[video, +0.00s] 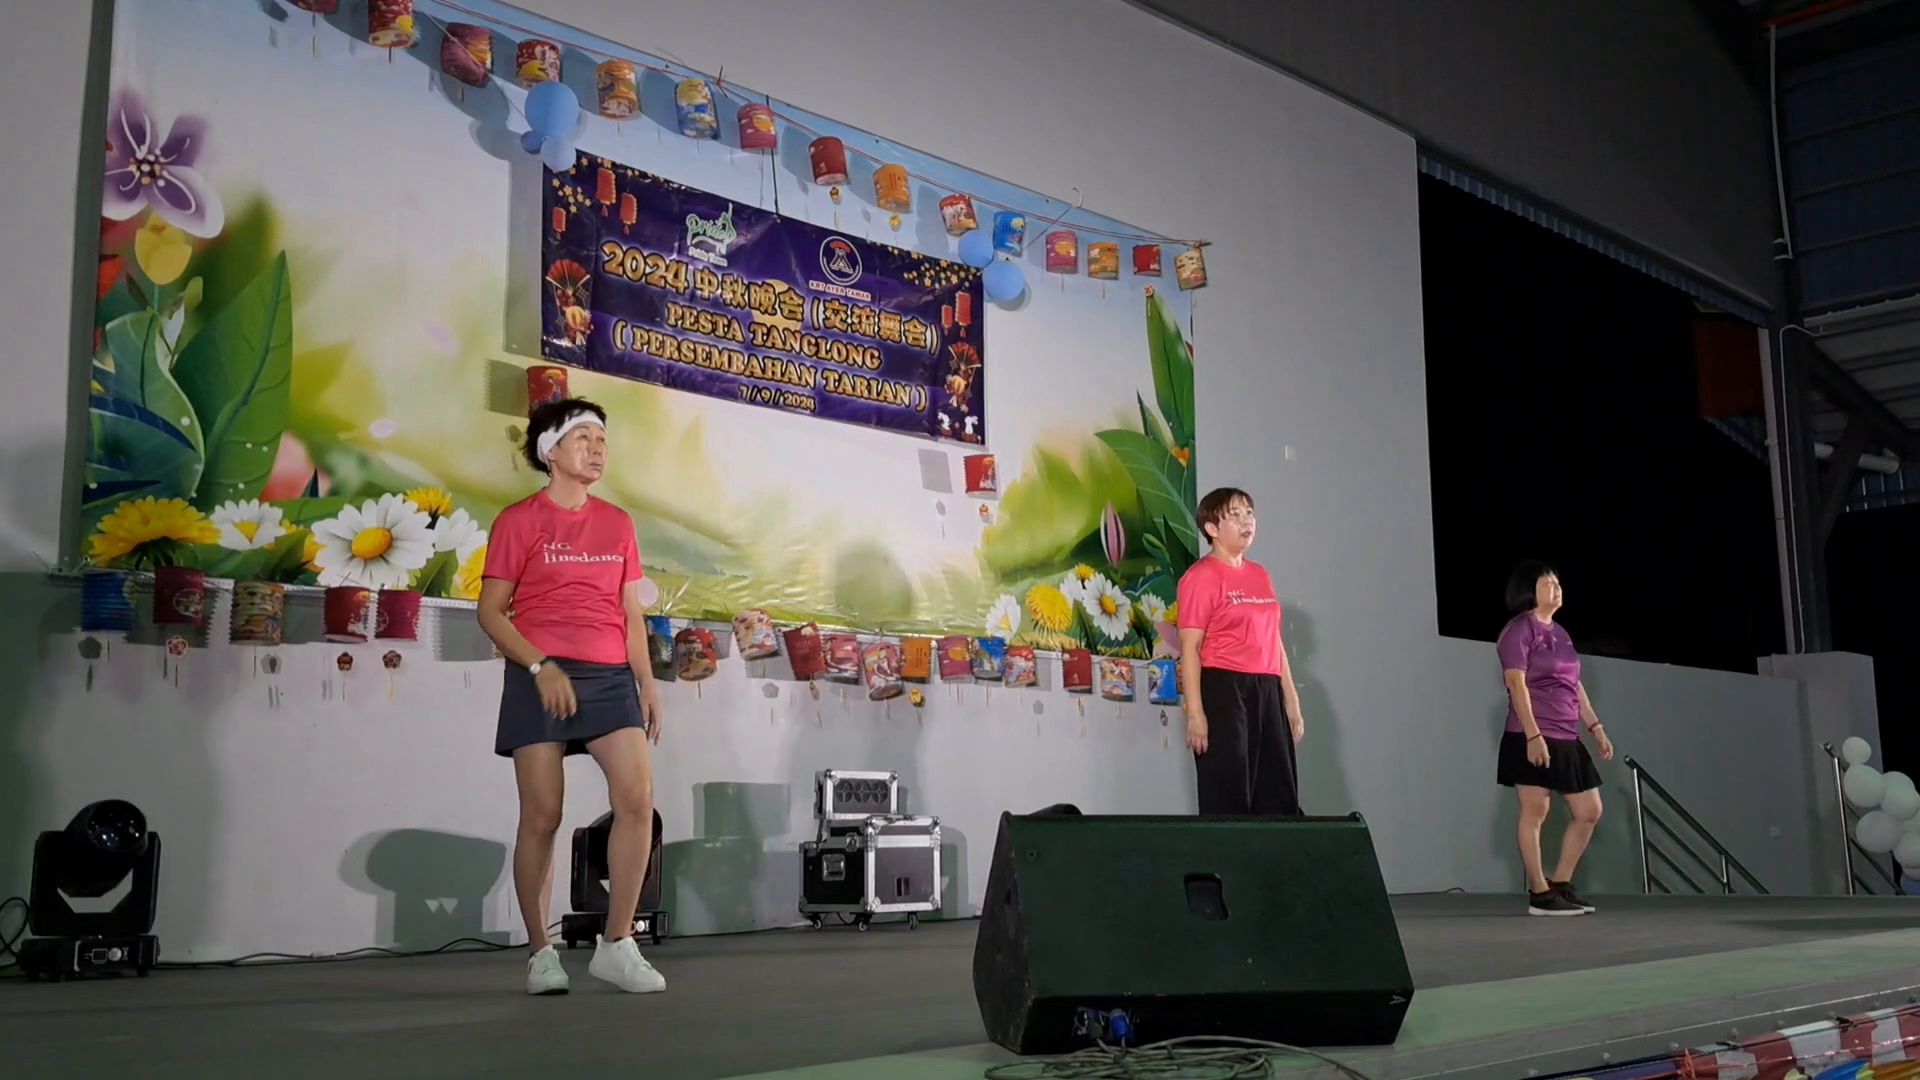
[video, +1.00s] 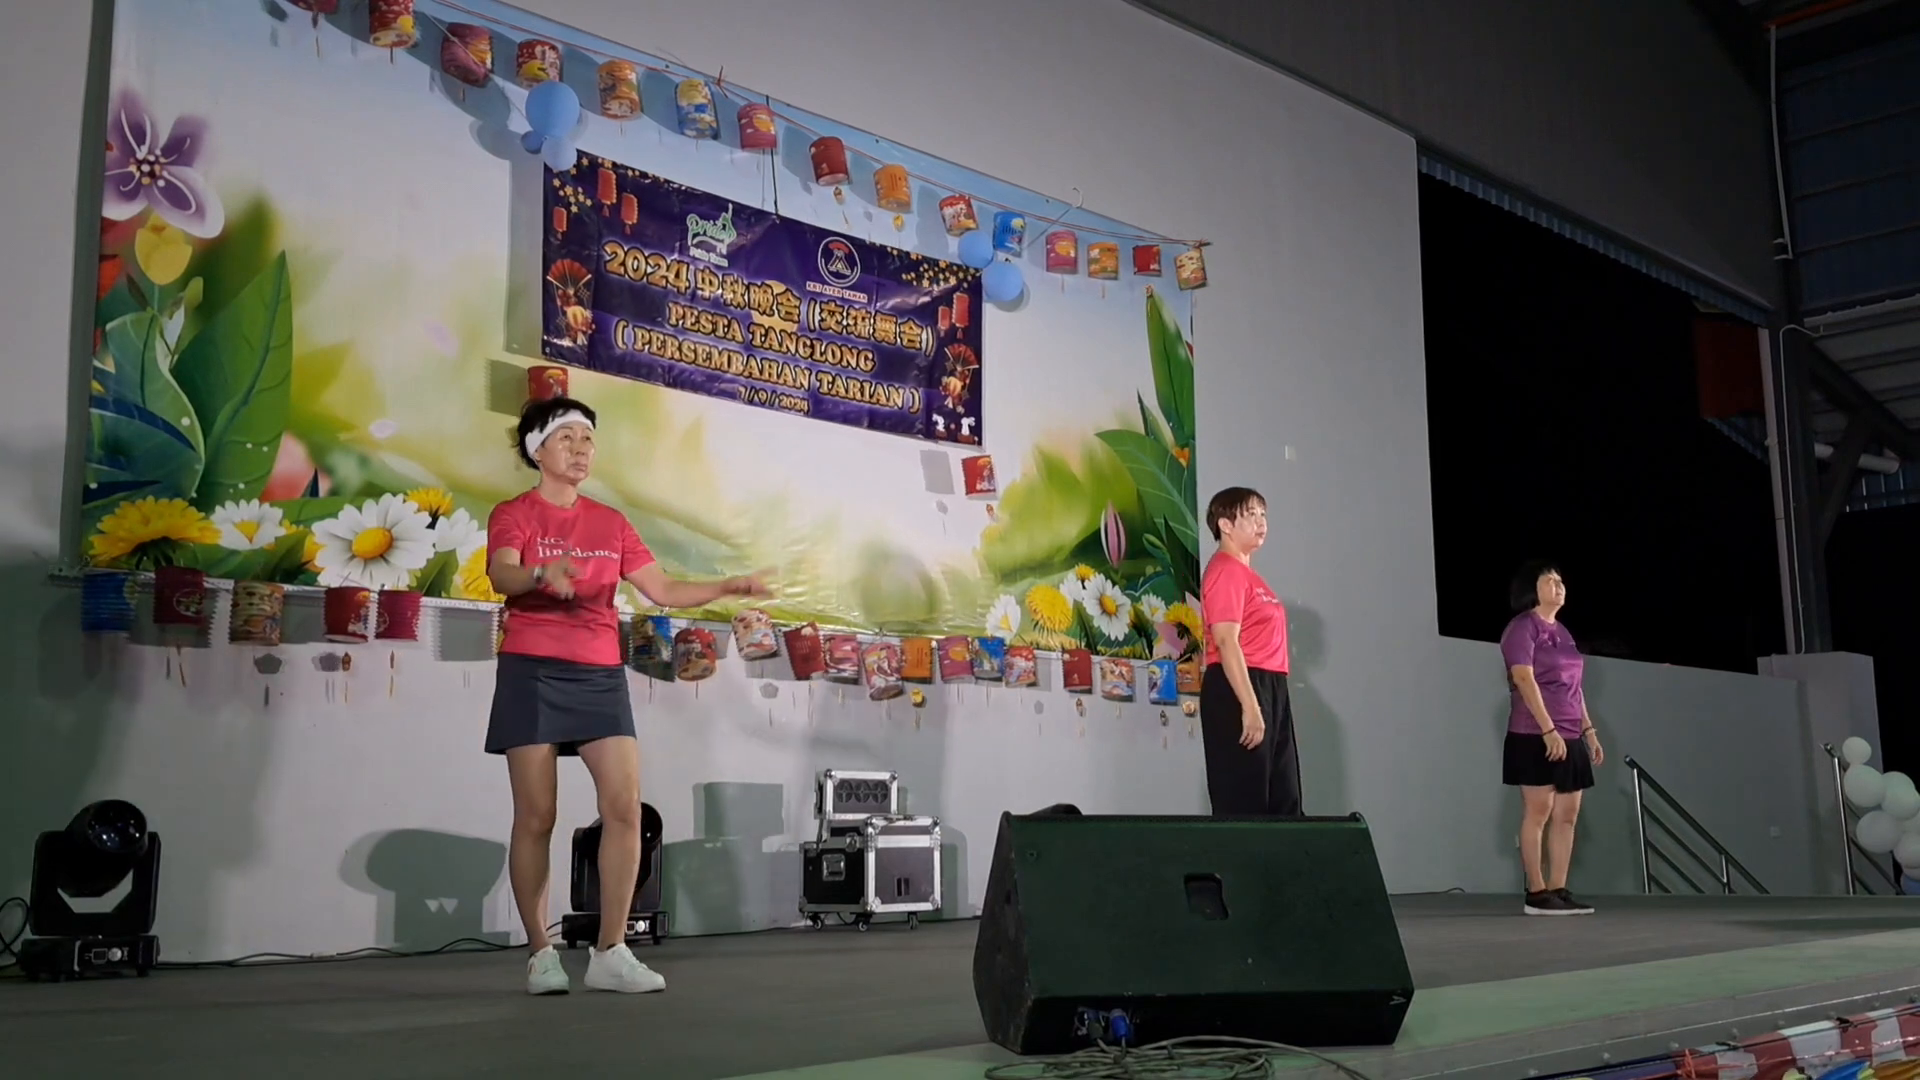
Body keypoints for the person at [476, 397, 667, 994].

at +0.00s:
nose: (596, 448)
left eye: (601, 440)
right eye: (583, 438)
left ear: (606, 453)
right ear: (551, 448)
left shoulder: (617, 523)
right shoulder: (518, 520)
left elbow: (632, 614)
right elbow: (491, 612)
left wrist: (646, 684)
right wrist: (539, 664)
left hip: (611, 681)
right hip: (538, 678)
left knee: (637, 800)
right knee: (542, 813)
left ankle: (617, 942)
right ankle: (542, 949)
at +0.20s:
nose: (591, 447)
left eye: (596, 439)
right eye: (578, 437)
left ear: (599, 450)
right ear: (544, 447)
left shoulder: (613, 521)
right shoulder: (514, 519)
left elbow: (629, 613)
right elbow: (497, 614)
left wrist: (641, 691)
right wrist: (503, 699)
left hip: (609, 678)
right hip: (537, 677)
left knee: (631, 803)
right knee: (540, 816)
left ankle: (612, 948)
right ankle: (542, 949)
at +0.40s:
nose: (590, 440)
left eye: (592, 432)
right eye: (576, 430)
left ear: (594, 446)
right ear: (542, 442)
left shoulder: (611, 516)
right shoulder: (514, 513)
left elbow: (628, 612)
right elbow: (487, 610)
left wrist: (639, 689)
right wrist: (475, 698)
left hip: (613, 677)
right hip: (540, 677)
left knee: (617, 812)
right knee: (543, 814)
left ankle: (611, 952)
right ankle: (542, 950)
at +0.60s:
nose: (587, 439)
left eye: (591, 432)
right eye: (573, 431)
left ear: (596, 446)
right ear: (540, 443)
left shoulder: (612, 516)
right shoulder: (515, 512)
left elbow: (634, 613)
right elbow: (492, 606)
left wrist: (657, 689)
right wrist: (480, 693)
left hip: (611, 677)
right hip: (537, 676)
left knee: (621, 811)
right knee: (542, 813)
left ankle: (610, 953)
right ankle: (542, 950)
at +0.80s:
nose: (583, 446)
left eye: (589, 438)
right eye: (570, 436)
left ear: (595, 449)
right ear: (538, 447)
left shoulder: (609, 521)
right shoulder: (515, 514)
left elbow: (651, 603)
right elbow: (502, 591)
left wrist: (710, 661)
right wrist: (516, 648)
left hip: (602, 676)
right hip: (534, 673)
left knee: (624, 807)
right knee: (537, 815)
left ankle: (609, 951)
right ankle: (542, 949)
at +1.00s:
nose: (580, 448)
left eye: (587, 438)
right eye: (566, 438)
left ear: (593, 450)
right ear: (536, 450)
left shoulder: (611, 523)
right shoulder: (513, 516)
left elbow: (664, 591)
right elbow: (503, 580)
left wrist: (731, 586)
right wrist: (540, 577)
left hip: (600, 676)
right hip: (530, 674)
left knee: (624, 807)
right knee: (536, 816)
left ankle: (610, 950)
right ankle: (542, 950)